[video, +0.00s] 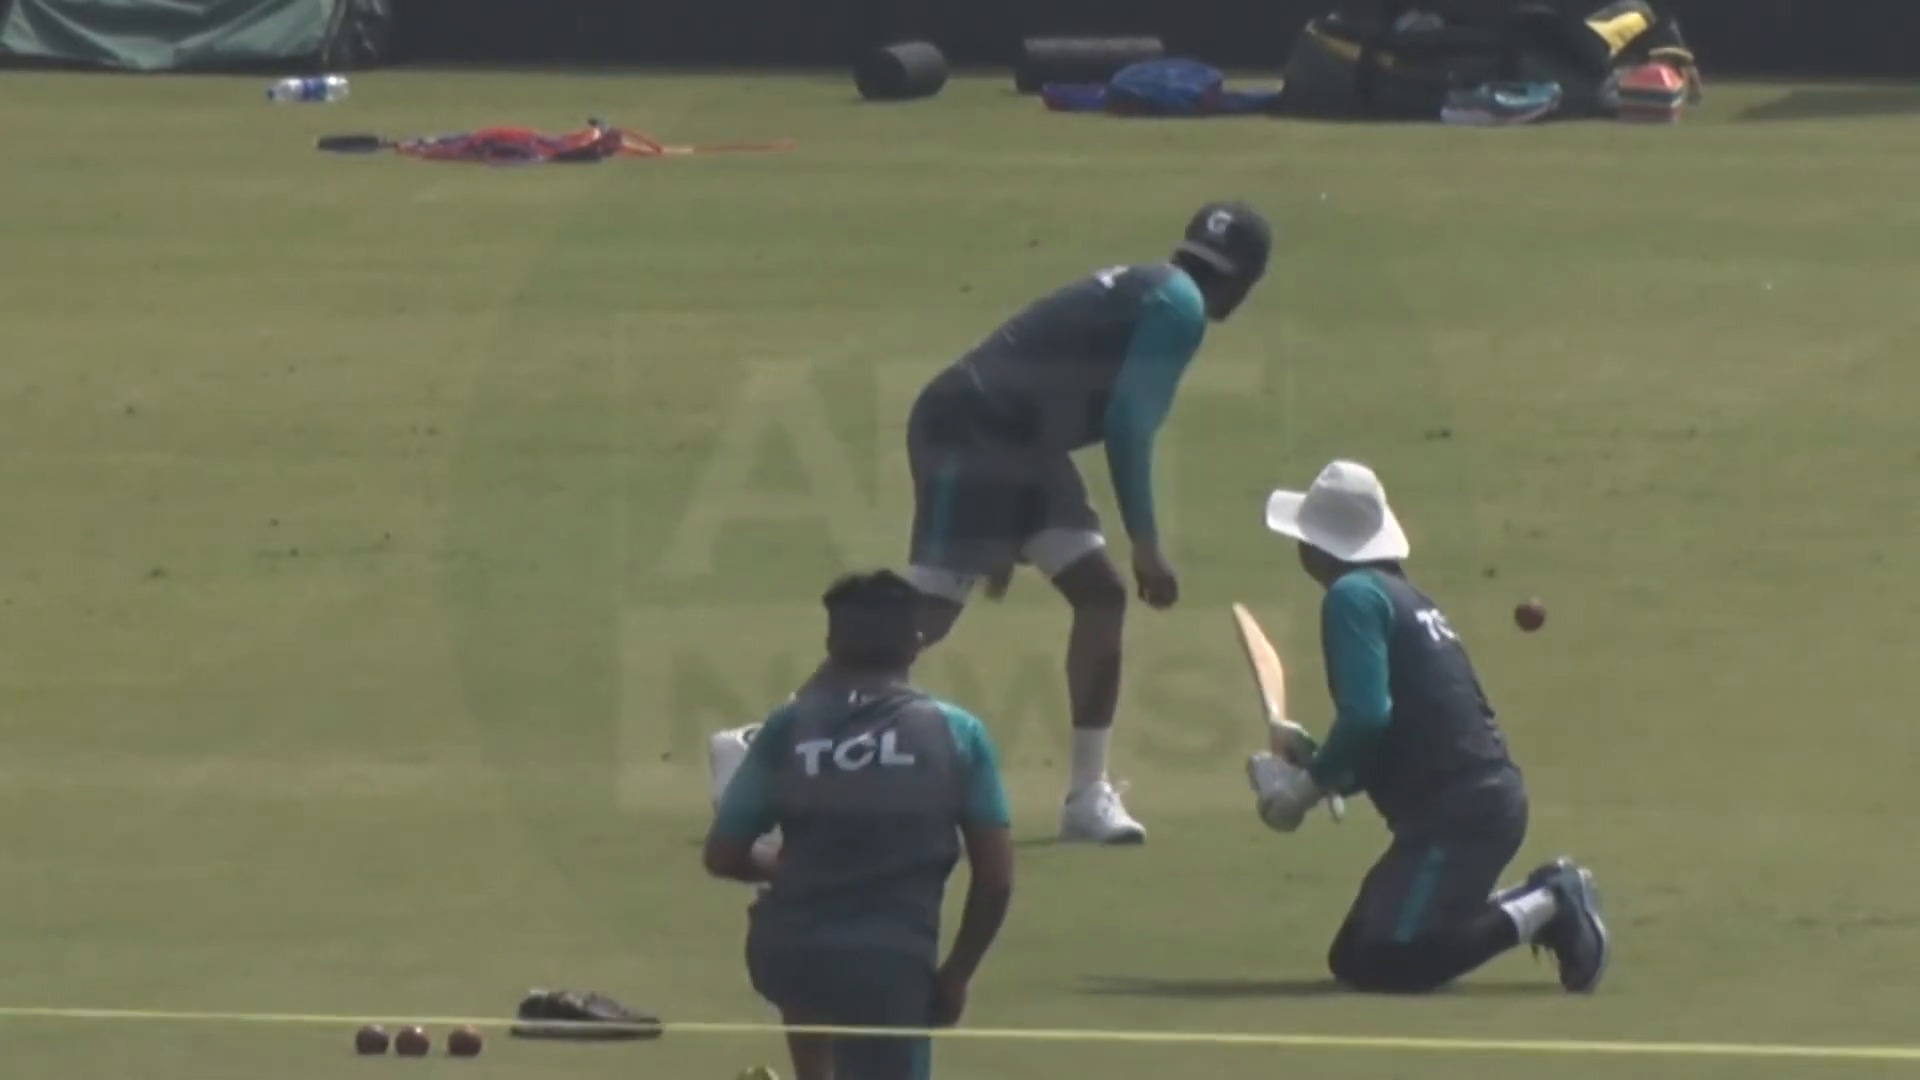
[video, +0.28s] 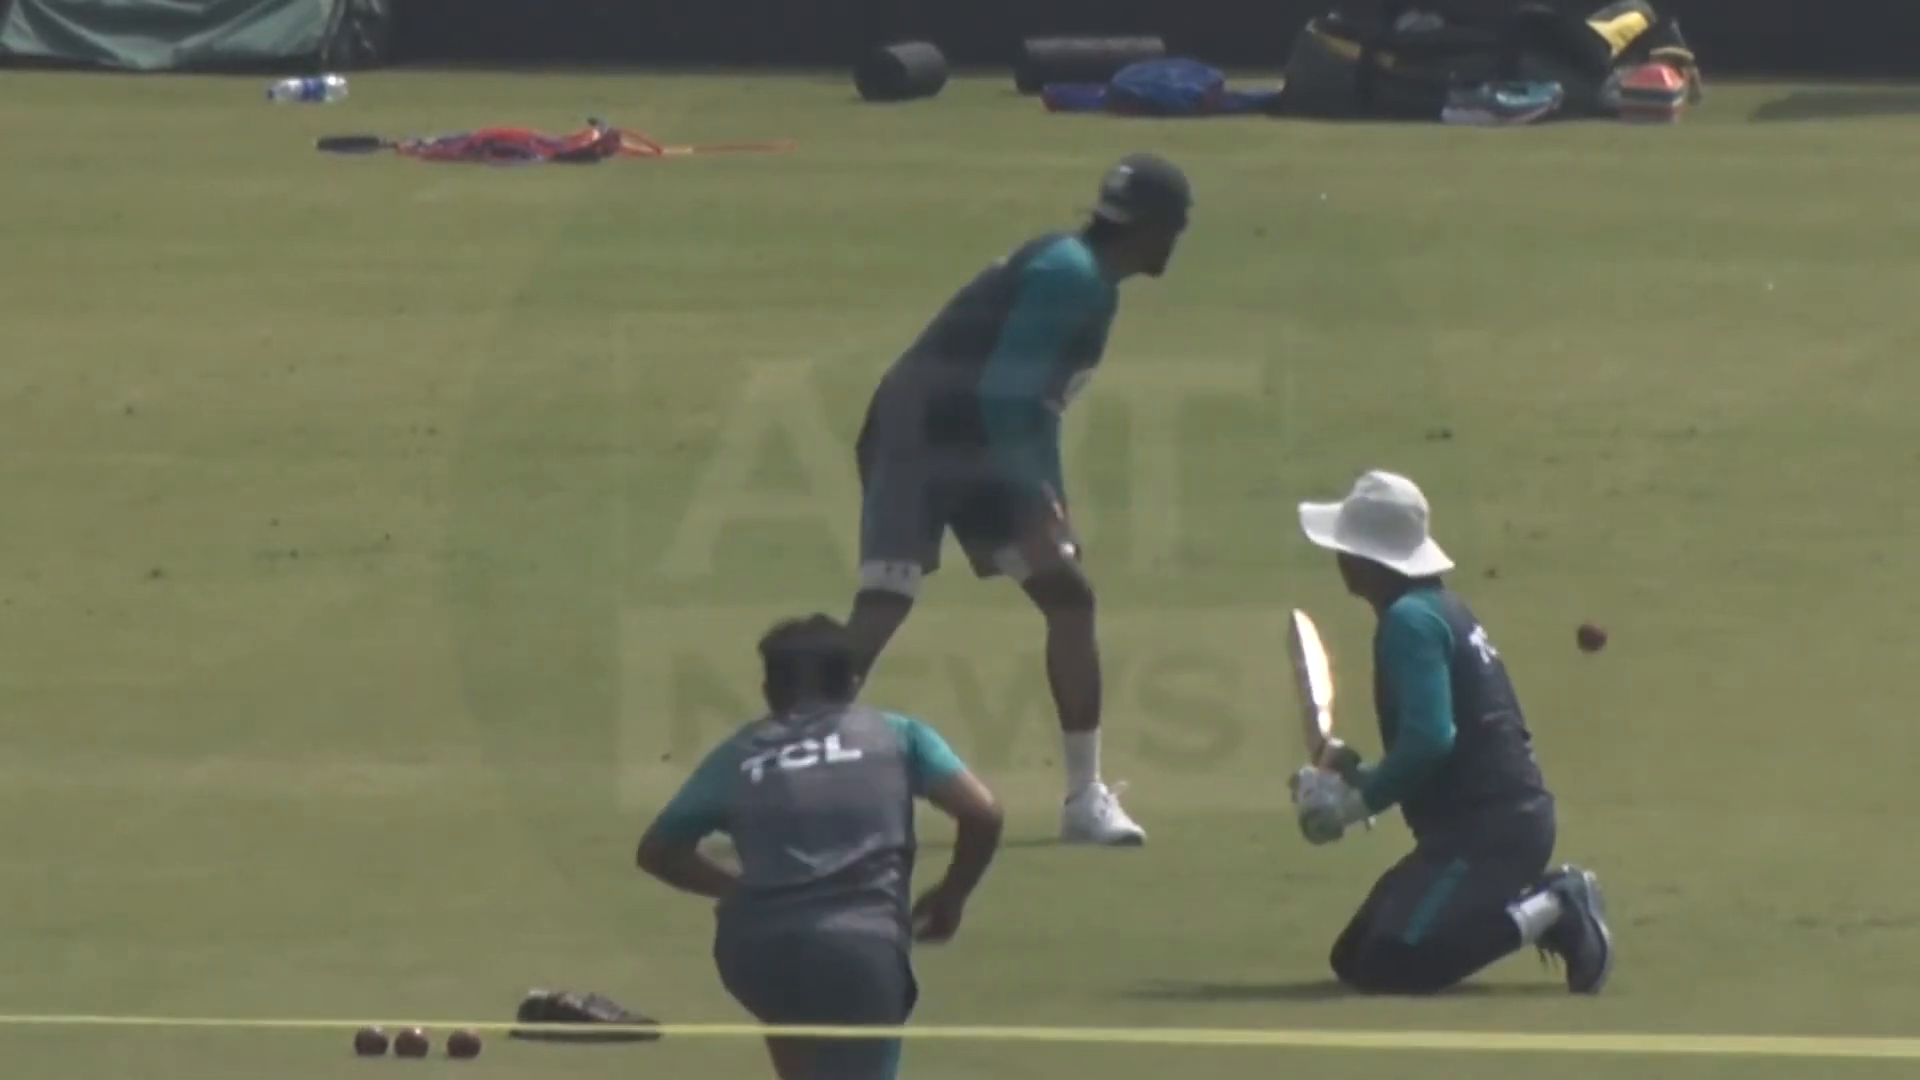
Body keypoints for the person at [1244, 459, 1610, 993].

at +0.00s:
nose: (1298, 550)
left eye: (1302, 540)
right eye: (1298, 538)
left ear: (1321, 546)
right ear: (1369, 539)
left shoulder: (1352, 595)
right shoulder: (1396, 595)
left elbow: (1367, 715)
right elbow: (1395, 747)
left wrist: (1308, 789)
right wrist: (1314, 760)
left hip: (1464, 811)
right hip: (1465, 807)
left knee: (1376, 967)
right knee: (1356, 959)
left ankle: (1545, 905)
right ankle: (1539, 902)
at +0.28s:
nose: (1336, 559)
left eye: (1343, 550)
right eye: (1338, 548)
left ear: (1368, 559)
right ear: (1401, 552)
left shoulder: (1410, 619)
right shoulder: (1436, 611)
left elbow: (1429, 740)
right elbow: (1433, 757)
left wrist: (1352, 803)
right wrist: (1358, 771)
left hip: (1490, 836)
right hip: (1481, 832)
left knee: (1381, 969)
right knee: (1355, 960)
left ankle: (1551, 907)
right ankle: (1541, 905)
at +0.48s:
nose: (1382, 563)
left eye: (1392, 553)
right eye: (1385, 551)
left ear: (1425, 562)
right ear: (1442, 562)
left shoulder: (1460, 625)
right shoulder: (1454, 622)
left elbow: (1482, 742)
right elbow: (1463, 761)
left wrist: (1395, 804)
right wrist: (1394, 773)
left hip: (1512, 851)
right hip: (1483, 846)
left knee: (1386, 969)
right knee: (1357, 957)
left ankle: (1559, 911)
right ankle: (1544, 908)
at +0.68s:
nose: (1435, 562)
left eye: (1452, 547)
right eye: (1432, 547)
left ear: (1497, 558)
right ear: (1425, 555)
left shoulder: (1507, 629)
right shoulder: (1476, 632)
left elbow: (1535, 746)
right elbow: (1485, 756)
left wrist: (1437, 805)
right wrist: (1425, 770)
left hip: (1530, 853)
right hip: (1491, 849)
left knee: (1405, 965)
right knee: (1360, 954)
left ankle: (1570, 915)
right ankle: (1548, 913)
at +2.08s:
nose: (1386, 579)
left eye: (1394, 568)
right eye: (1388, 567)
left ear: (1421, 578)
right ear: (1442, 577)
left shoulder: (1471, 647)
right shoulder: (1443, 645)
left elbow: (1505, 773)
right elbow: (1456, 768)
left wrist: (1423, 840)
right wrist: (1399, 795)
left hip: (1525, 856)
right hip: (1484, 849)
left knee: (1415, 971)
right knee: (1358, 958)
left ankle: (1577, 917)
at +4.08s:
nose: (1419, 587)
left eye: (1437, 571)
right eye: (1412, 572)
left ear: (1476, 578)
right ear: (1400, 577)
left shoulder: (1495, 651)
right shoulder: (1434, 646)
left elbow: (1522, 777)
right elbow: (1446, 758)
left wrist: (1434, 841)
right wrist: (1405, 804)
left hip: (1534, 855)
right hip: (1481, 848)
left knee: (1416, 969)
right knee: (1357, 957)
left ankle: (1579, 919)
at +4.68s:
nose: (1414, 586)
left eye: (1432, 570)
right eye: (1407, 571)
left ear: (1470, 576)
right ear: (1396, 576)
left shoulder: (1492, 650)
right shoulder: (1434, 642)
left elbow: (1483, 780)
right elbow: (1443, 757)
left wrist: (1395, 797)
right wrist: (1388, 758)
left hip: (1524, 859)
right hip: (1466, 853)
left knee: (1415, 970)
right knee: (1356, 959)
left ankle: (1577, 920)